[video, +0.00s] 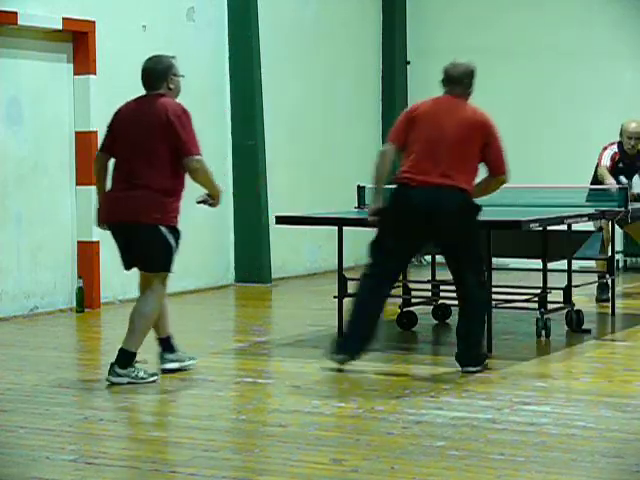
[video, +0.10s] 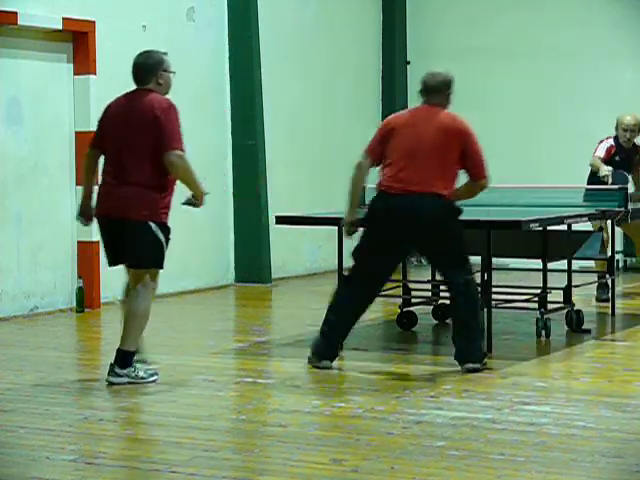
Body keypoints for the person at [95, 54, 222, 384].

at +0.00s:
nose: (181, 82)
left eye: (179, 77)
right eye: (178, 78)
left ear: (148, 82)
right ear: (169, 81)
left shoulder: (124, 112)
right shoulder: (174, 111)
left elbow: (101, 160)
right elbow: (193, 165)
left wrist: (103, 201)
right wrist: (214, 189)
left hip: (118, 212)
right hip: (155, 213)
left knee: (153, 283)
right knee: (153, 287)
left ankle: (169, 352)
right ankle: (123, 364)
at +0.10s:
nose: (172, 78)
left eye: (172, 73)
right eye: (170, 73)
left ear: (139, 77)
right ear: (159, 76)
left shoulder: (115, 106)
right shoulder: (163, 107)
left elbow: (93, 154)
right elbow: (173, 158)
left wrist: (87, 198)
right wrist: (197, 187)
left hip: (110, 209)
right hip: (144, 212)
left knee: (137, 281)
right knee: (145, 284)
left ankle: (131, 354)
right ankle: (123, 364)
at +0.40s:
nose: (148, 82)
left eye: (147, 77)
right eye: (145, 77)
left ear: (117, 81)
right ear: (132, 79)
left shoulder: (91, 108)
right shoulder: (131, 108)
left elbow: (72, 158)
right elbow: (131, 157)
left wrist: (89, 192)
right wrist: (160, 197)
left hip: (76, 210)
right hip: (113, 213)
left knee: (78, 284)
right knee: (127, 285)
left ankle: (59, 361)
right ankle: (122, 365)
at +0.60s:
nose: (139, 82)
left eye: (138, 77)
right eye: (135, 77)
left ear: (108, 80)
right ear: (122, 79)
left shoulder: (80, 107)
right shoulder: (119, 108)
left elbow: (58, 155)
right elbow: (118, 159)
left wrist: (76, 190)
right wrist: (144, 197)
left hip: (62, 211)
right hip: (98, 212)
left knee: (68, 285)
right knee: (116, 284)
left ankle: (57, 362)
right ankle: (121, 364)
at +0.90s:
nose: (140, 81)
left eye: (139, 76)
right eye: (137, 76)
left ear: (109, 80)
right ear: (124, 79)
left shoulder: (82, 108)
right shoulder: (121, 108)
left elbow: (61, 159)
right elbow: (120, 161)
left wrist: (65, 201)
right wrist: (149, 197)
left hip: (68, 213)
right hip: (105, 213)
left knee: (71, 286)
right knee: (132, 281)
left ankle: (57, 362)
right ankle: (128, 363)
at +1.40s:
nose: (203, 84)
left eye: (202, 79)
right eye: (201, 79)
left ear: (171, 82)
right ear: (191, 82)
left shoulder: (145, 110)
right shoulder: (195, 113)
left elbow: (115, 155)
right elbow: (211, 166)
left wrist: (109, 199)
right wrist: (231, 191)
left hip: (130, 211)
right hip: (165, 214)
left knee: (162, 280)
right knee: (167, 288)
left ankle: (160, 346)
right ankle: (140, 365)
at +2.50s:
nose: (329, 116)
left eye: (330, 110)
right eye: (329, 110)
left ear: (300, 104)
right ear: (317, 107)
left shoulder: (269, 122)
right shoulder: (298, 127)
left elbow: (228, 157)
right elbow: (270, 156)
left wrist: (205, 189)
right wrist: (260, 185)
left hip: (237, 221)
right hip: (277, 223)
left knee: (225, 292)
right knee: (325, 282)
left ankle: (190, 355)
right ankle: (328, 361)